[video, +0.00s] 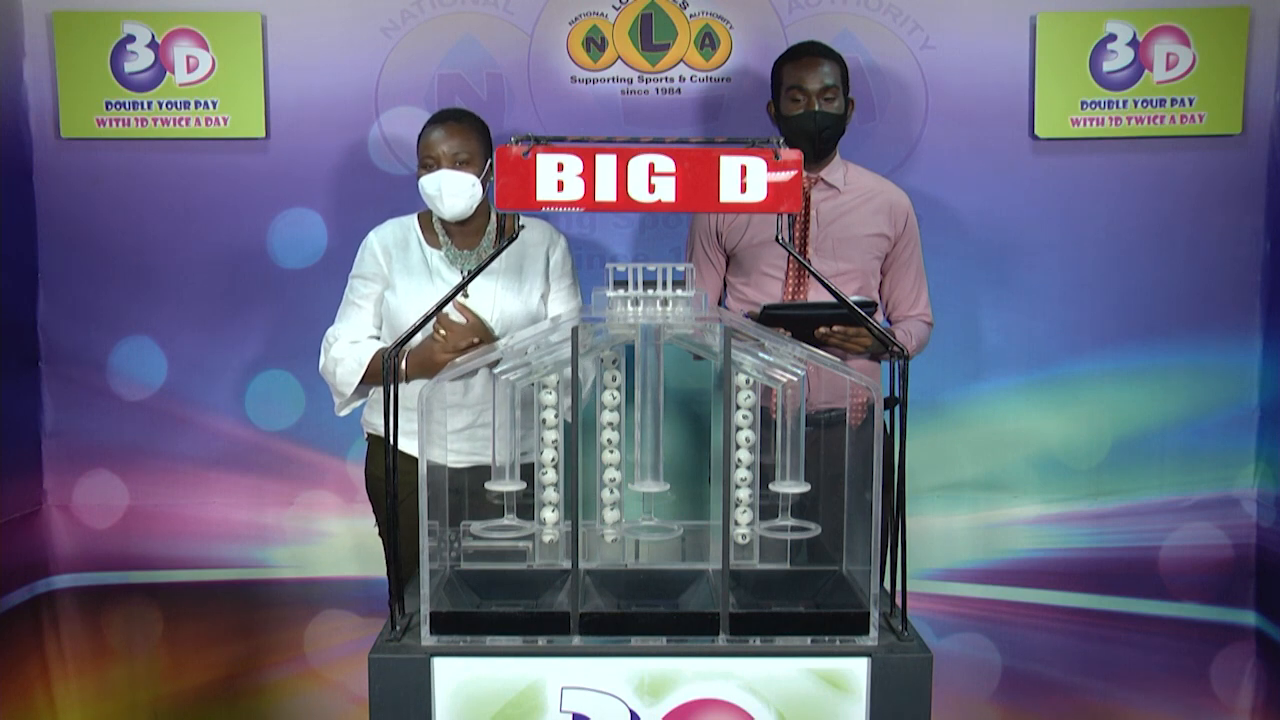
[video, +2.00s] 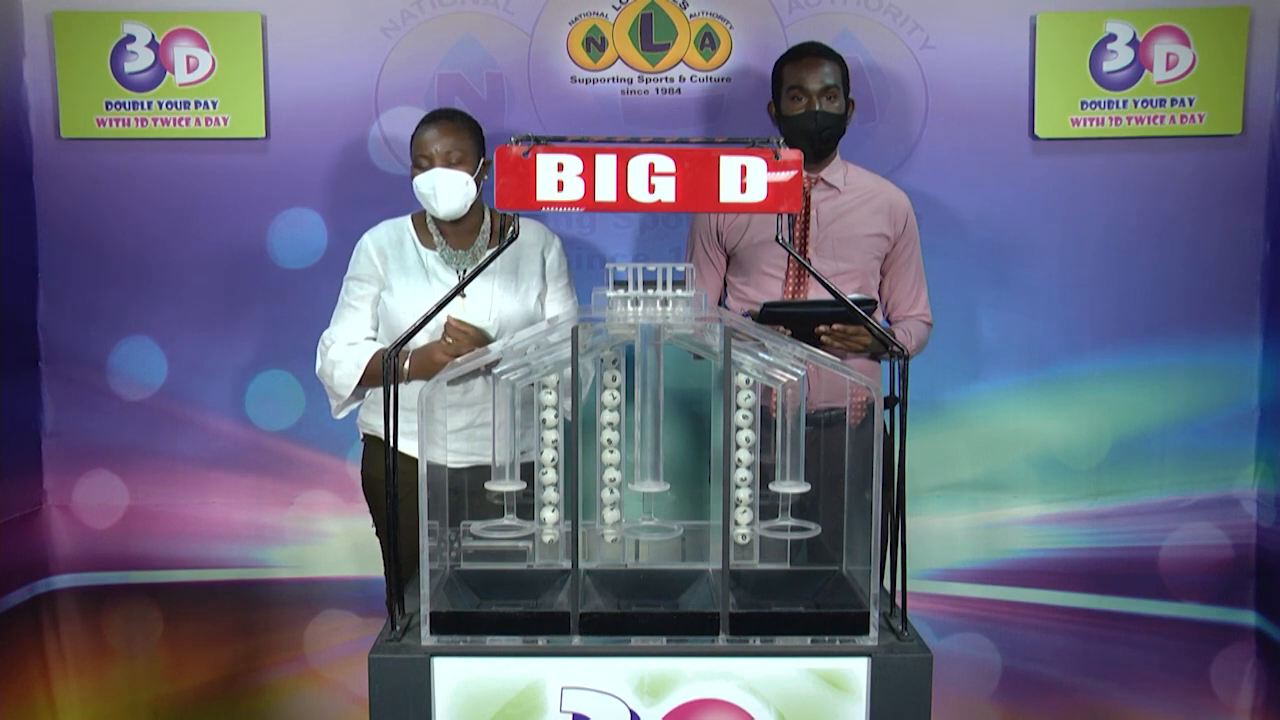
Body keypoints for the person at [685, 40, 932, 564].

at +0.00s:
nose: (813, 108)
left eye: (828, 94)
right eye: (796, 95)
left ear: (848, 108)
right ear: (774, 109)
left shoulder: (888, 204)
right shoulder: (726, 200)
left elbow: (914, 320)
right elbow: (696, 318)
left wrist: (876, 342)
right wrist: (760, 340)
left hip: (843, 416)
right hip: (751, 416)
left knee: (844, 581)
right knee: (753, 579)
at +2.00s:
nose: (814, 107)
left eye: (829, 94)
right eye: (797, 95)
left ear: (848, 108)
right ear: (775, 109)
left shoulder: (888, 205)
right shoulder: (727, 200)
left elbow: (914, 320)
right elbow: (696, 316)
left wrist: (876, 340)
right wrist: (757, 335)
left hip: (843, 415)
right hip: (752, 414)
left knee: (844, 578)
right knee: (753, 576)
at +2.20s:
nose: (813, 107)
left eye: (829, 94)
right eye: (796, 95)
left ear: (848, 108)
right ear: (774, 109)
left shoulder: (888, 205)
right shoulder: (727, 200)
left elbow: (914, 321)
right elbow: (695, 317)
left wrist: (875, 341)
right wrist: (758, 336)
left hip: (844, 417)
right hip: (752, 417)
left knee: (845, 581)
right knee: (753, 579)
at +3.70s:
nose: (813, 107)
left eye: (829, 94)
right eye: (796, 95)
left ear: (848, 108)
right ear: (774, 109)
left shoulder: (888, 205)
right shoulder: (727, 200)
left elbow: (914, 321)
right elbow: (695, 317)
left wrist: (876, 341)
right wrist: (758, 336)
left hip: (844, 417)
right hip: (751, 416)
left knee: (844, 581)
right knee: (753, 579)